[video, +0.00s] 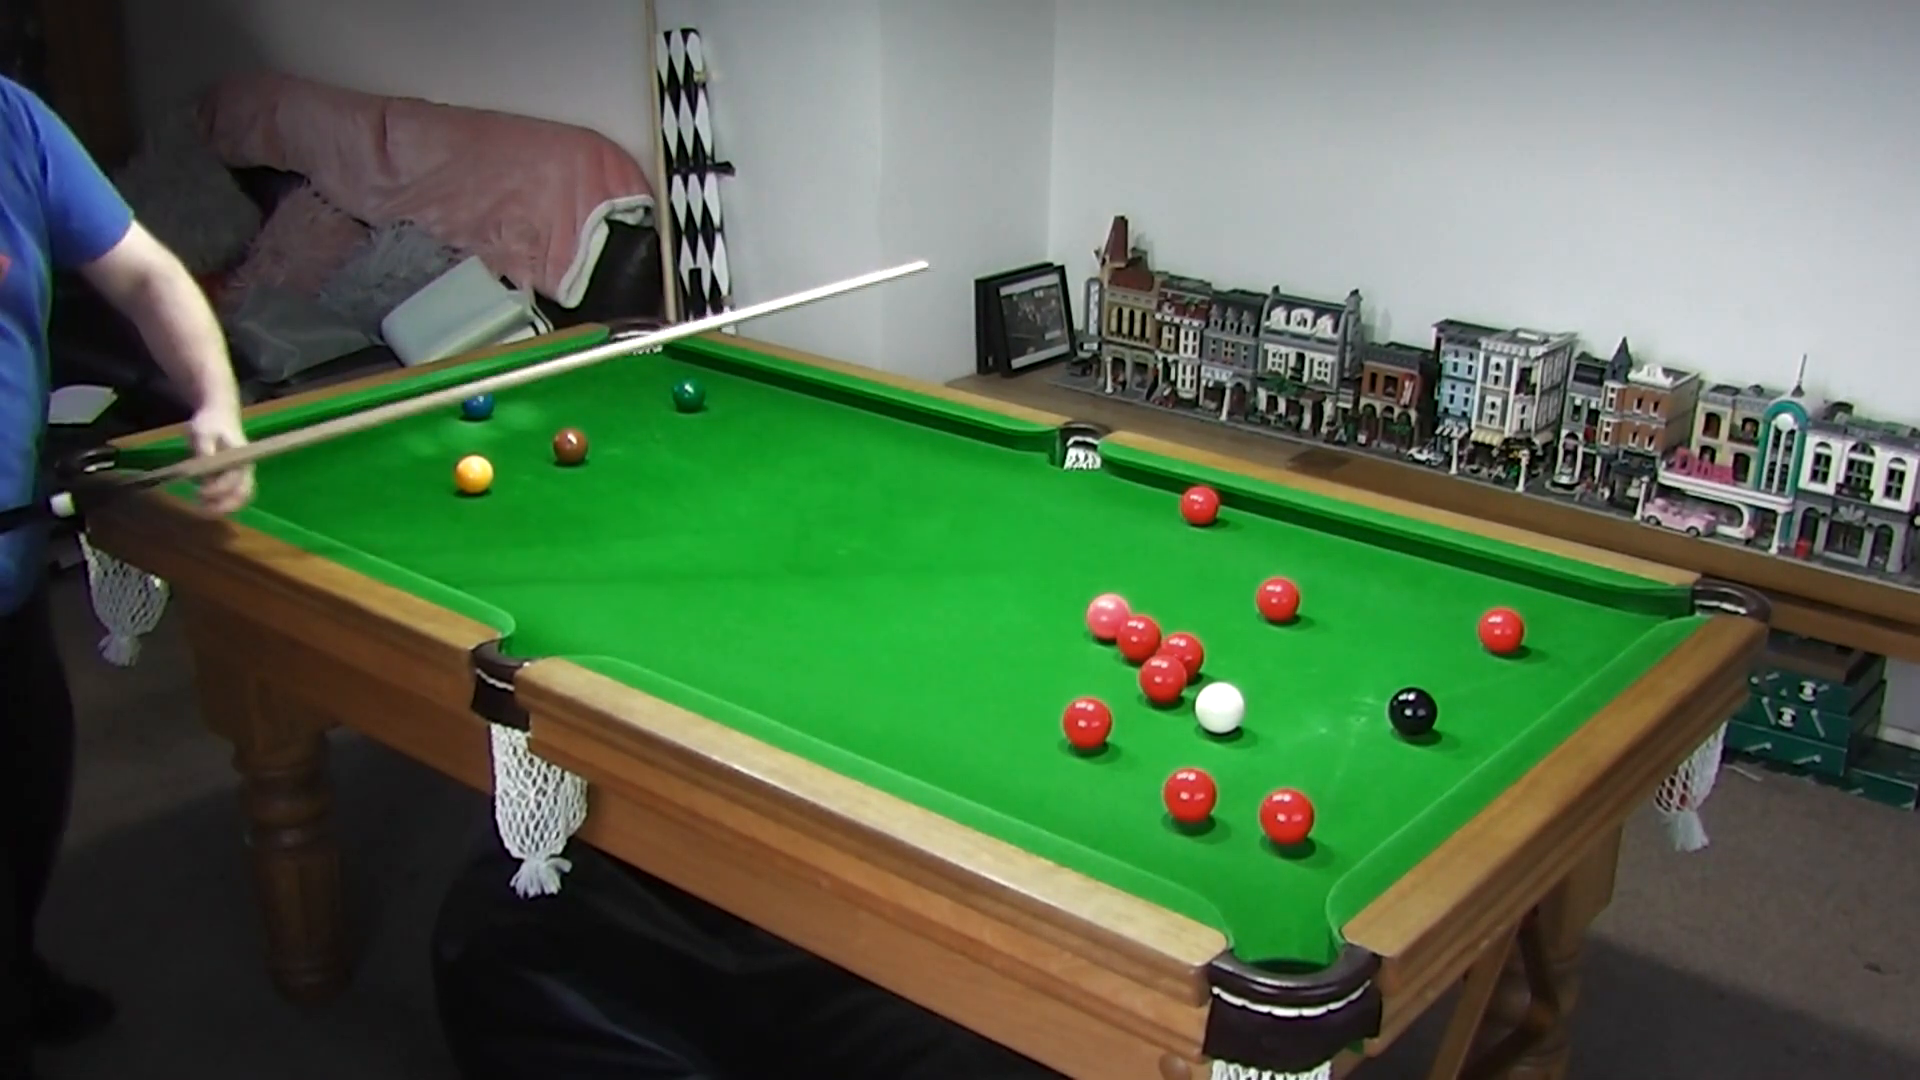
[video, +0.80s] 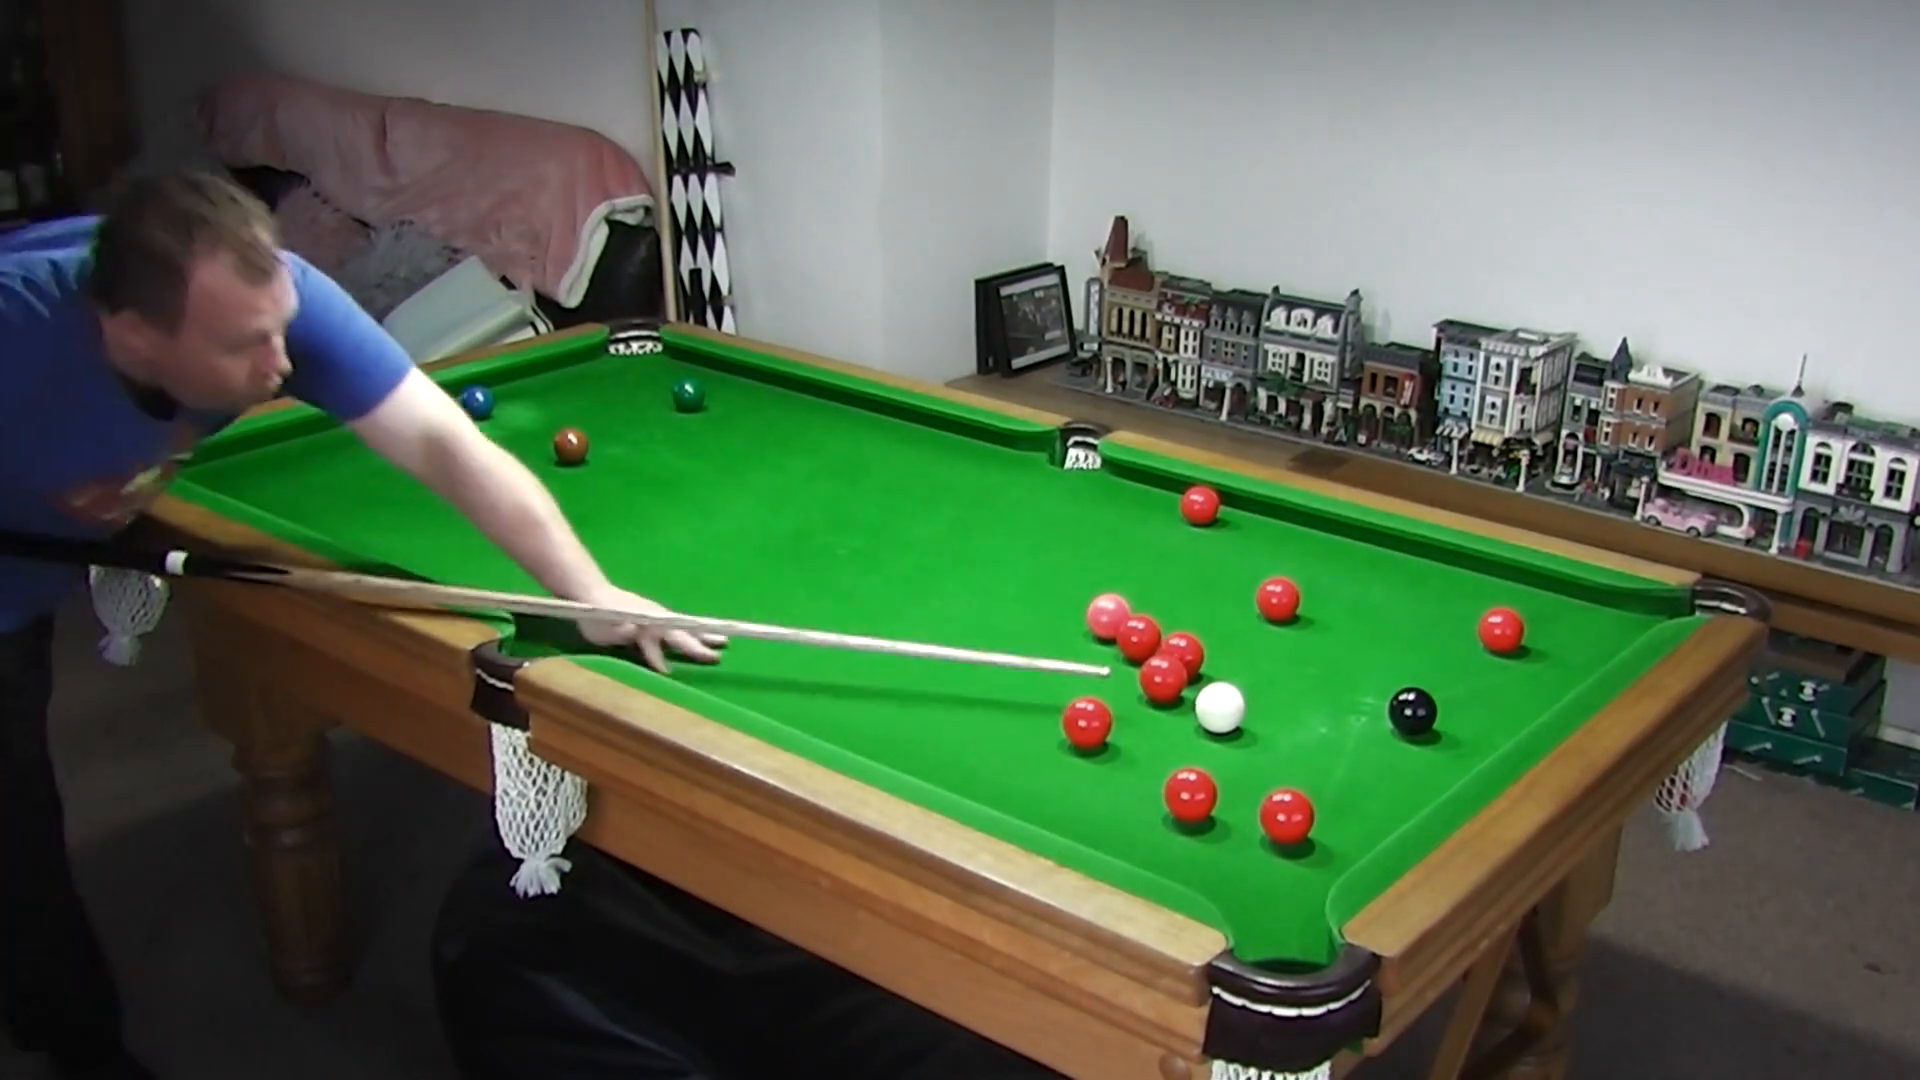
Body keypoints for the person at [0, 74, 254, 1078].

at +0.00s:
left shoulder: (17, 125)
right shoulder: (21, 126)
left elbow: (143, 271)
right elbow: (145, 272)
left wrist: (216, 404)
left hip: (15, 586)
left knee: (34, 781)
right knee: (23, 786)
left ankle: (24, 978)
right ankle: (15, 994)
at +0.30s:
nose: (11, 121)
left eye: (12, 90)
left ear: (25, 75)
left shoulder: (63, 141)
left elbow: (229, 292)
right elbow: (230, 289)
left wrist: (337, 451)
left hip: (24, 557)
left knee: (14, 808)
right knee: (13, 807)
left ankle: (17, 990)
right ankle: (14, 998)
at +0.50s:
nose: (109, 202)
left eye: (110, 166)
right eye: (68, 188)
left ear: (119, 145)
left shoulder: (151, 214)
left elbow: (319, 360)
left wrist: (452, 517)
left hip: (24, 568)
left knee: (25, 803)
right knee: (22, 804)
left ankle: (91, 1022)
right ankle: (87, 1016)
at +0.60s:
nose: (166, 264)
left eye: (167, 231)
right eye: (127, 248)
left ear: (175, 203)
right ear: (23, 250)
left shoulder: (190, 249)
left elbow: (358, 393)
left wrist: (503, 549)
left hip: (24, 597)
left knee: (27, 831)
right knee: (27, 835)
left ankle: (80, 1032)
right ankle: (82, 1031)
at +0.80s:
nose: (280, 361)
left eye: (283, 326)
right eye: (245, 345)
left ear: (282, 281)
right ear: (131, 337)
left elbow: (441, 440)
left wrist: (591, 590)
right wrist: (46, 496)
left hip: (29, 585)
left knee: (28, 838)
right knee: (24, 842)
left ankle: (70, 1036)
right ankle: (79, 1043)